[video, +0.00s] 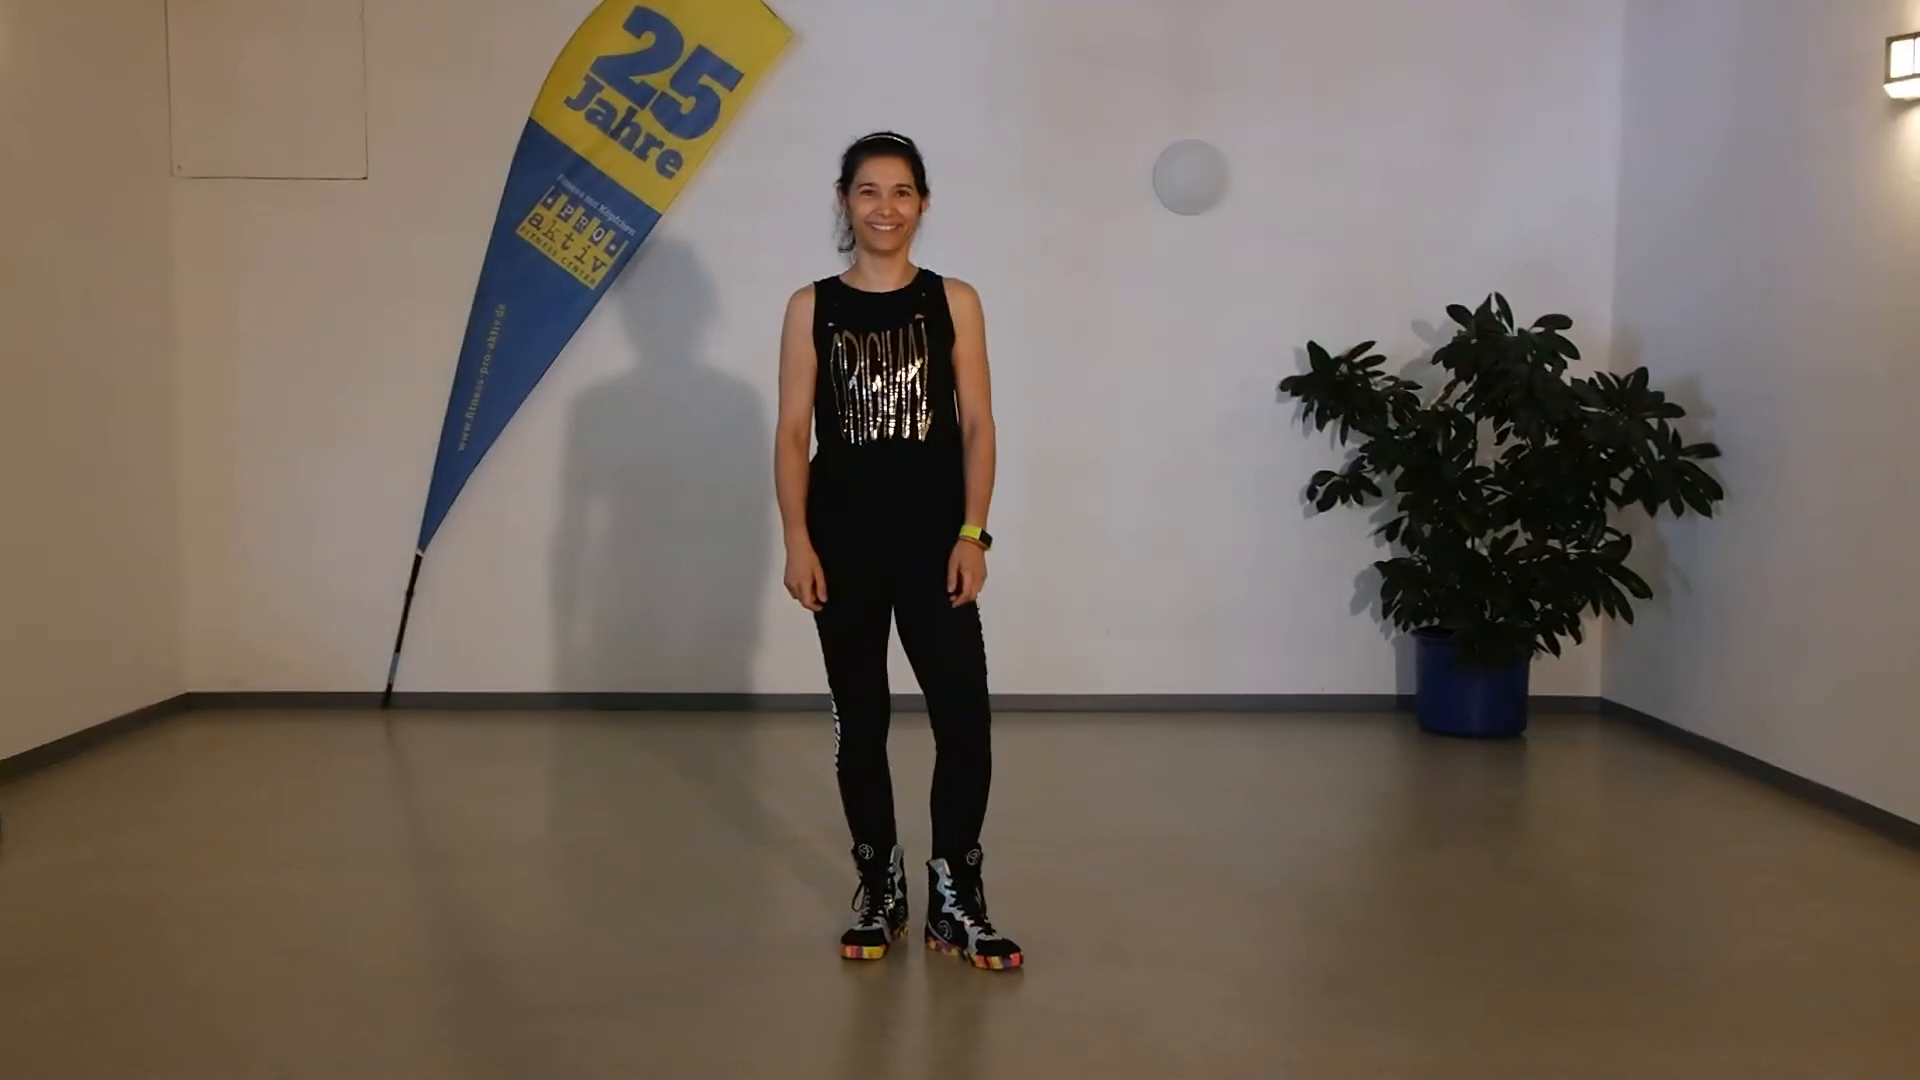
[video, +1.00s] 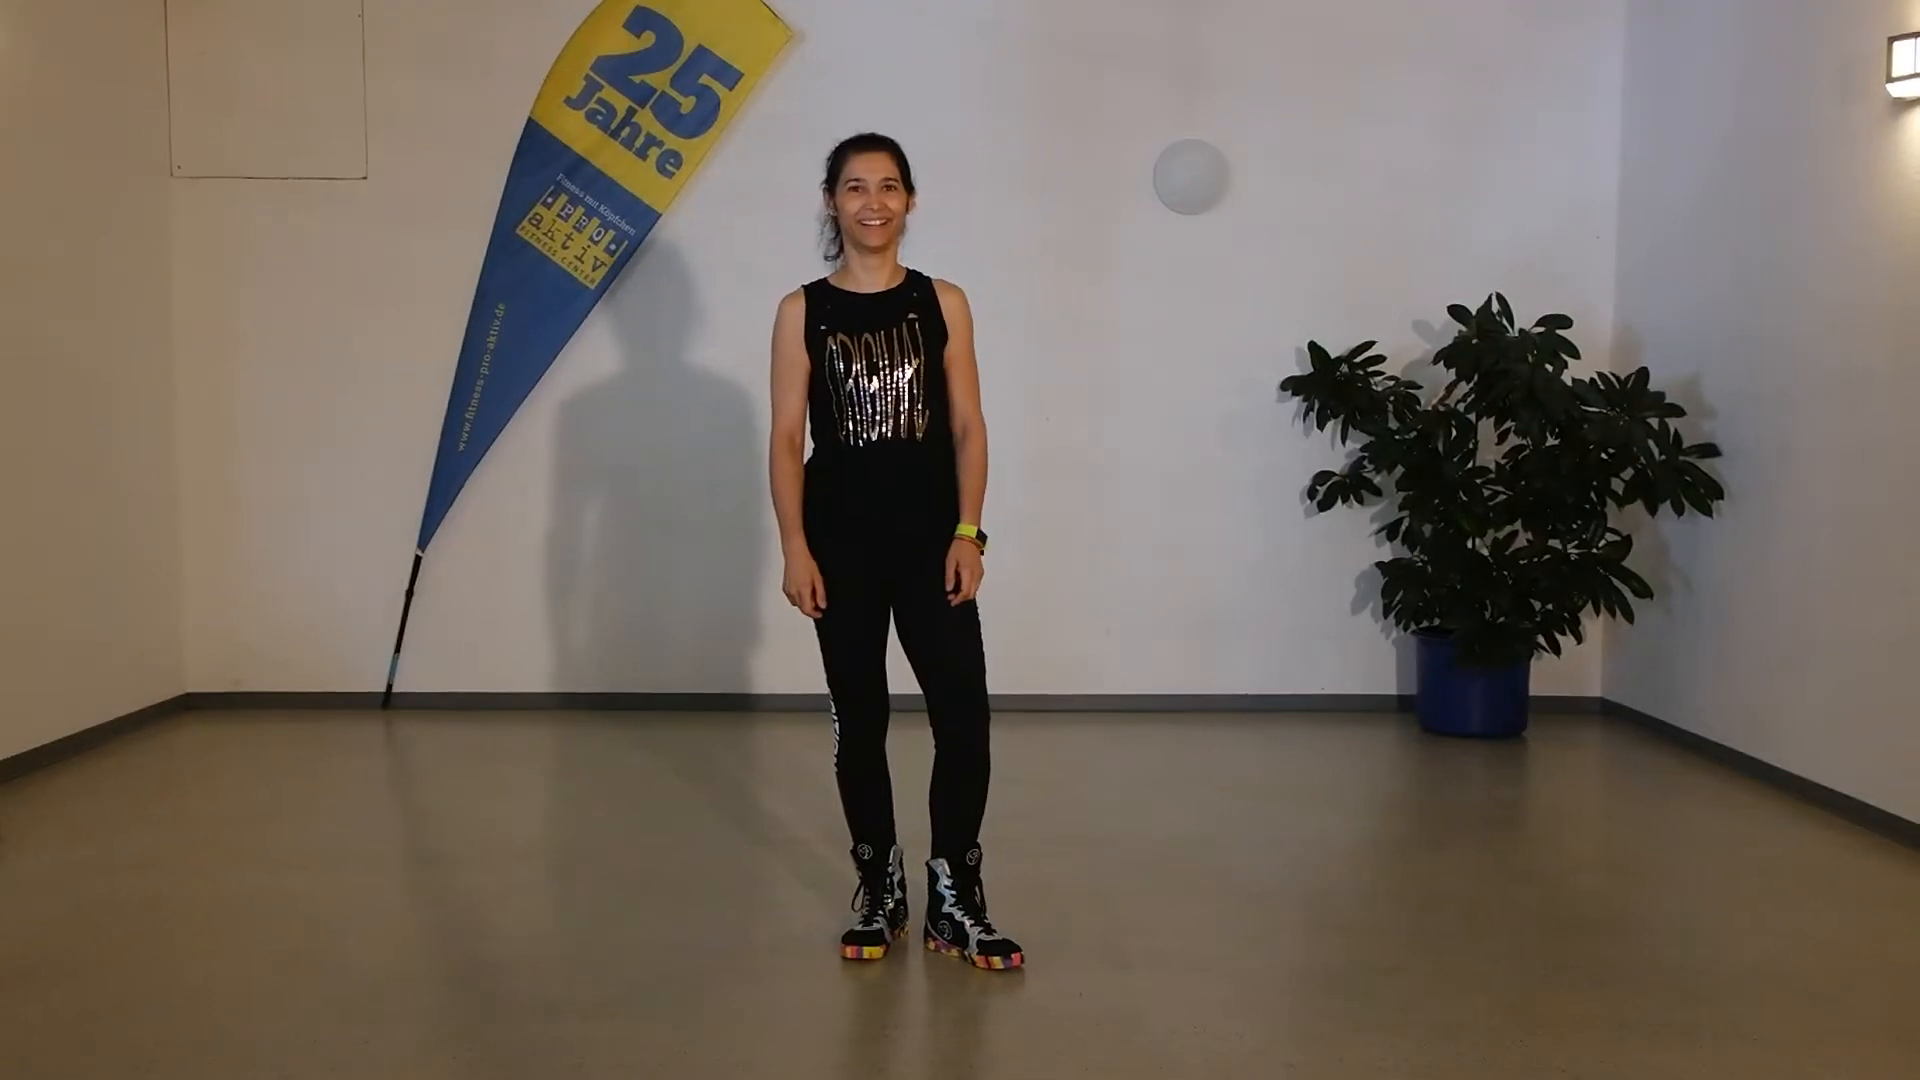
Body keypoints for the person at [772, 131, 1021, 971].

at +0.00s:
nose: (886, 205)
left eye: (901, 192)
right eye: (869, 191)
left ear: (922, 205)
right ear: (845, 204)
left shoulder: (955, 302)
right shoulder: (810, 307)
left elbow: (978, 425)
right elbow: (793, 434)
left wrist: (975, 531)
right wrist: (797, 540)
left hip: (933, 542)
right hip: (842, 543)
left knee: (965, 721)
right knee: (861, 722)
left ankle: (956, 896)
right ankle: (879, 891)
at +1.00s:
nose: (874, 201)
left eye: (888, 187)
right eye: (857, 188)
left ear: (909, 202)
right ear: (832, 203)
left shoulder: (944, 304)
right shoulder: (802, 311)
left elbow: (968, 428)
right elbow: (787, 441)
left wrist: (970, 529)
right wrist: (795, 547)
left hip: (931, 539)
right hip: (840, 543)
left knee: (964, 717)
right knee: (860, 719)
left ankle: (954, 900)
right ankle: (878, 891)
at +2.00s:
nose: (879, 202)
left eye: (895, 189)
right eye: (863, 188)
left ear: (915, 205)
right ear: (839, 202)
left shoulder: (941, 296)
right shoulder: (804, 306)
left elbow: (1009, 340)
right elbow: (782, 430)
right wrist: (781, 537)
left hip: (926, 544)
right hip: (835, 545)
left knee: (960, 716)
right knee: (857, 722)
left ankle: (954, 900)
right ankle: (877, 889)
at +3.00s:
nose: (895, 197)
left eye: (912, 189)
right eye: (880, 183)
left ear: (928, 211)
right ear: (853, 197)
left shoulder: (947, 301)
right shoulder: (810, 303)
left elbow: (1029, 377)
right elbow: (786, 426)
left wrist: (1012, 282)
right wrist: (795, 529)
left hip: (929, 540)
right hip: (838, 541)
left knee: (964, 715)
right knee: (858, 721)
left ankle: (951, 897)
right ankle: (877, 888)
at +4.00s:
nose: (901, 194)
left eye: (917, 184)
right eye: (884, 180)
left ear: (934, 203)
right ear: (857, 196)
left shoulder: (962, 300)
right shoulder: (818, 302)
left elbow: (983, 418)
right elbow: (786, 420)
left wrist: (947, 491)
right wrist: (832, 502)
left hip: (945, 529)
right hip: (856, 530)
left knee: (972, 712)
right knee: (868, 718)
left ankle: (995, 896)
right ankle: (879, 888)